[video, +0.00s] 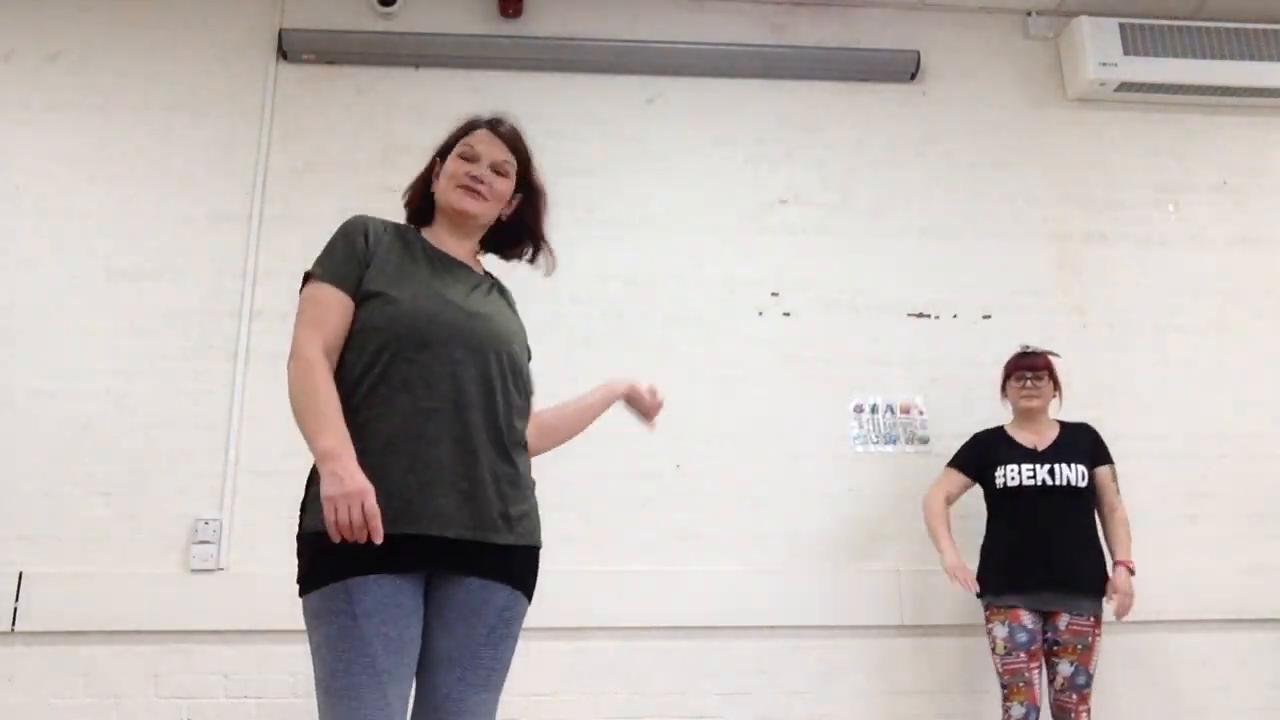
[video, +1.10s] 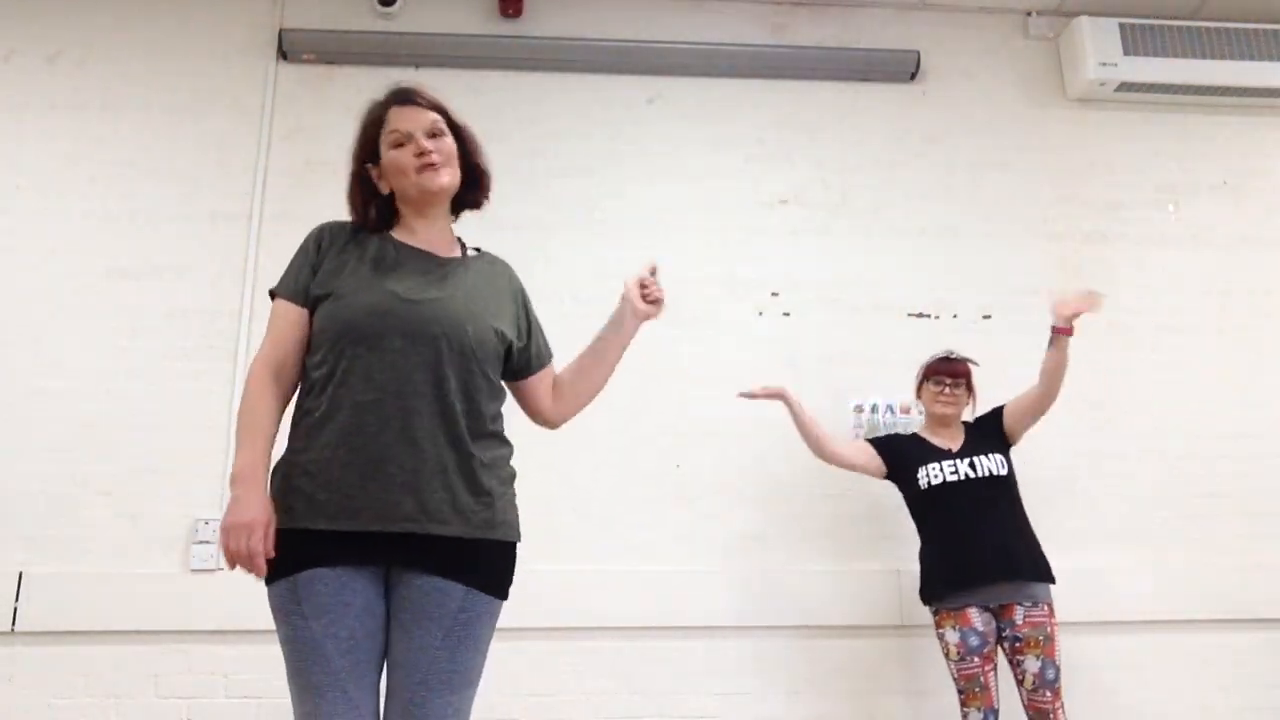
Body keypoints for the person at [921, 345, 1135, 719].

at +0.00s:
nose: (1029, 385)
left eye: (1039, 378)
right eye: (1020, 379)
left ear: (1054, 388)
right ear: (1006, 390)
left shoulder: (1084, 438)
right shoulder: (987, 444)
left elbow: (1111, 507)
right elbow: (936, 498)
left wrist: (1123, 566)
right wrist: (951, 557)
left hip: (1077, 594)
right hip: (1010, 594)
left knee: (1072, 708)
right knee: (1021, 708)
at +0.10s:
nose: (1027, 383)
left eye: (1036, 377)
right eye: (1018, 378)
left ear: (1051, 388)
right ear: (1004, 389)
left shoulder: (1081, 440)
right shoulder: (984, 446)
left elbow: (1105, 508)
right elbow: (946, 504)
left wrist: (1123, 537)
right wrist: (947, 522)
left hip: (1074, 593)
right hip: (1005, 595)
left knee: (1070, 708)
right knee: (1016, 708)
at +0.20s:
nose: (1024, 382)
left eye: (1033, 376)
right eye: (1014, 376)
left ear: (1048, 388)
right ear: (1000, 389)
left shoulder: (1075, 442)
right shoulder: (979, 447)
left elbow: (1118, 503)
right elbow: (941, 510)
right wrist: (924, 475)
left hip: (1068, 594)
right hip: (1001, 594)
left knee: (1067, 708)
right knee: (1012, 709)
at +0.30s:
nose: (1021, 384)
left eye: (1031, 378)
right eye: (1012, 378)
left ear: (1045, 390)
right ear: (996, 389)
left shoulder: (1072, 442)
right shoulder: (973, 446)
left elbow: (1148, 469)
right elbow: (914, 484)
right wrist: (888, 430)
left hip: (1066, 597)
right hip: (996, 597)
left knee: (1065, 707)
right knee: (1010, 707)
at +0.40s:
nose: (1015, 388)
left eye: (1024, 382)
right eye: (1005, 383)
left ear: (1040, 392)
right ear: (990, 393)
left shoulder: (1067, 440)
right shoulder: (968, 444)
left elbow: (1142, 431)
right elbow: (894, 457)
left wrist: (1176, 380)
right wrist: (857, 404)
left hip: (1063, 596)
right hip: (992, 597)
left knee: (1064, 708)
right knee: (1006, 709)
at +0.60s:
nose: (995, 391)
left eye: (1005, 385)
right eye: (986, 384)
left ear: (1020, 397)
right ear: (971, 394)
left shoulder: (1044, 441)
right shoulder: (947, 445)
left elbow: (1107, 410)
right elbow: (875, 439)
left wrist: (1123, 353)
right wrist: (836, 392)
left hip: (1046, 595)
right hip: (977, 597)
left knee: (1053, 709)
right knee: (989, 709)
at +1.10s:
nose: (947, 389)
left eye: (957, 383)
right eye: (938, 382)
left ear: (970, 395)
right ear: (920, 393)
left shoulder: (993, 431)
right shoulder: (899, 451)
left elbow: (1044, 393)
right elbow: (829, 450)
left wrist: (1061, 331)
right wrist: (788, 397)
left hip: (1025, 587)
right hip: (957, 597)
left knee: (1046, 705)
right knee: (980, 709)